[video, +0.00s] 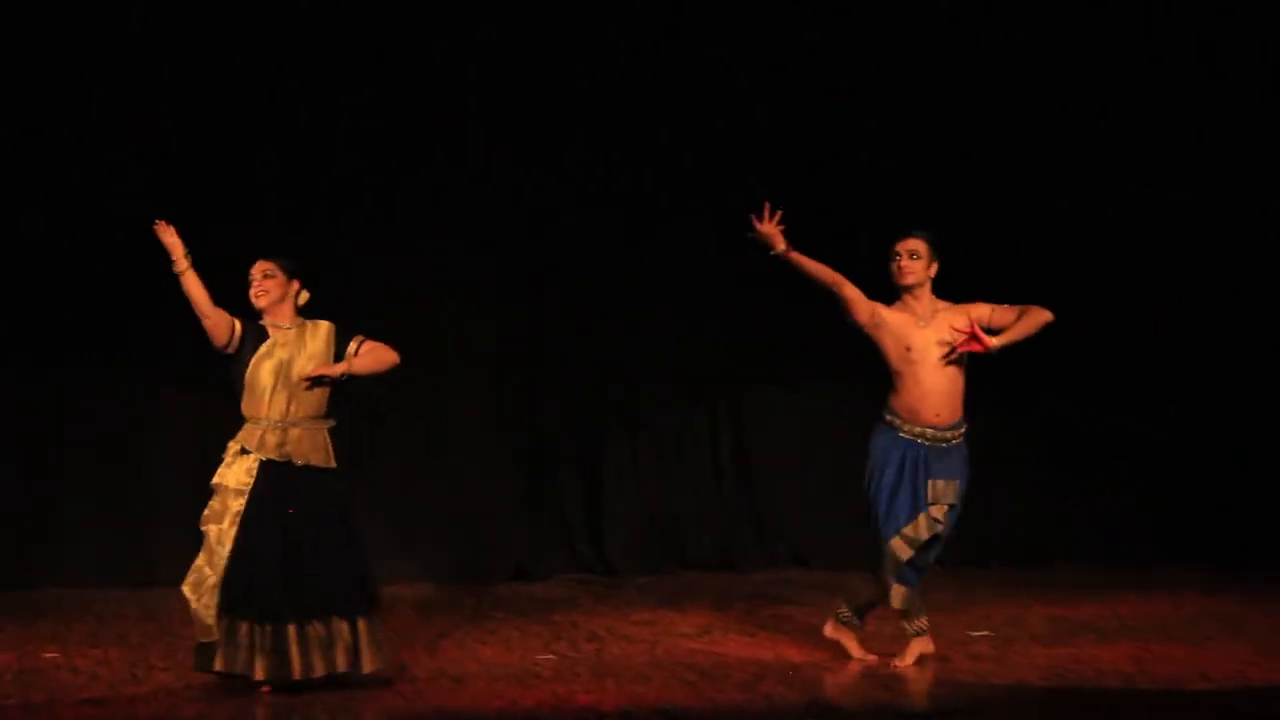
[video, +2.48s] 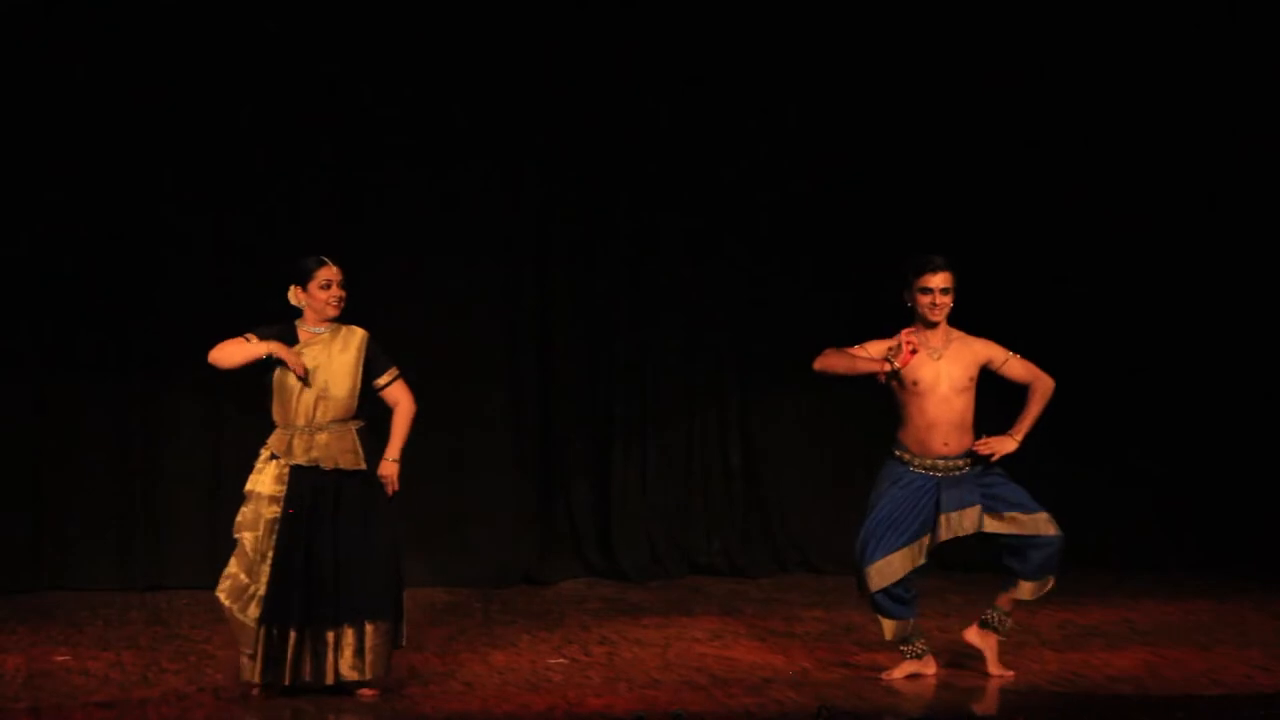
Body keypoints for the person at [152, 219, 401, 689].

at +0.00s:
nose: (256, 286)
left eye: (267, 277)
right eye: (253, 281)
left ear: (296, 288)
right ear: (252, 295)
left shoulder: (324, 336)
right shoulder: (246, 338)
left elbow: (388, 356)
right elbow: (208, 313)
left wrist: (337, 369)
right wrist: (181, 262)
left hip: (310, 466)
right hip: (256, 465)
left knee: (315, 560)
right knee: (258, 563)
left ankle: (318, 662)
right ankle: (266, 667)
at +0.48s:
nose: (280, 298)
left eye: (290, 290)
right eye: (272, 290)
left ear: (306, 296)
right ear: (263, 295)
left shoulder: (330, 343)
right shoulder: (253, 339)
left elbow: (390, 372)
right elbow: (204, 373)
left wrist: (356, 388)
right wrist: (261, 379)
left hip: (312, 471)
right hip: (254, 467)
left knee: (323, 565)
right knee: (250, 565)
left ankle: (325, 663)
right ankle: (252, 669)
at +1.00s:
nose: (314, 291)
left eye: (315, 283)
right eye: (304, 282)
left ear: (313, 293)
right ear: (275, 290)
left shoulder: (324, 346)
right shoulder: (251, 335)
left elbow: (382, 381)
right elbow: (248, 274)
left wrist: (443, 372)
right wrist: (278, 218)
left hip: (309, 461)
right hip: (255, 460)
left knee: (319, 561)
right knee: (260, 565)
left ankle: (318, 671)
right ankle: (263, 674)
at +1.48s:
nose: (280, 298)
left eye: (290, 290)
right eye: (275, 291)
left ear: (314, 296)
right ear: (269, 297)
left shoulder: (339, 346)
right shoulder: (259, 342)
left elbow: (384, 406)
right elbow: (201, 380)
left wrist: (372, 468)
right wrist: (244, 373)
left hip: (323, 470)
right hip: (267, 470)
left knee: (328, 569)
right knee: (269, 571)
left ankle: (329, 675)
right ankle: (276, 674)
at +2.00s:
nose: (321, 299)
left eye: (325, 292)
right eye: (310, 291)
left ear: (330, 300)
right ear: (285, 299)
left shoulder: (343, 349)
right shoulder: (262, 344)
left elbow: (386, 412)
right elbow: (201, 373)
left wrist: (379, 473)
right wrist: (250, 371)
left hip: (329, 475)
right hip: (272, 474)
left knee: (332, 571)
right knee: (269, 572)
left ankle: (330, 674)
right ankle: (271, 674)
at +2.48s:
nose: (337, 293)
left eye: (341, 286)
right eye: (326, 286)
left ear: (345, 293)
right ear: (299, 293)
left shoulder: (358, 343)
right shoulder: (278, 338)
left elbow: (404, 402)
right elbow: (218, 356)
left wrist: (391, 456)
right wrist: (274, 349)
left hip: (344, 467)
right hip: (287, 466)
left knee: (354, 567)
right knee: (281, 566)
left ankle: (358, 672)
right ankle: (274, 671)